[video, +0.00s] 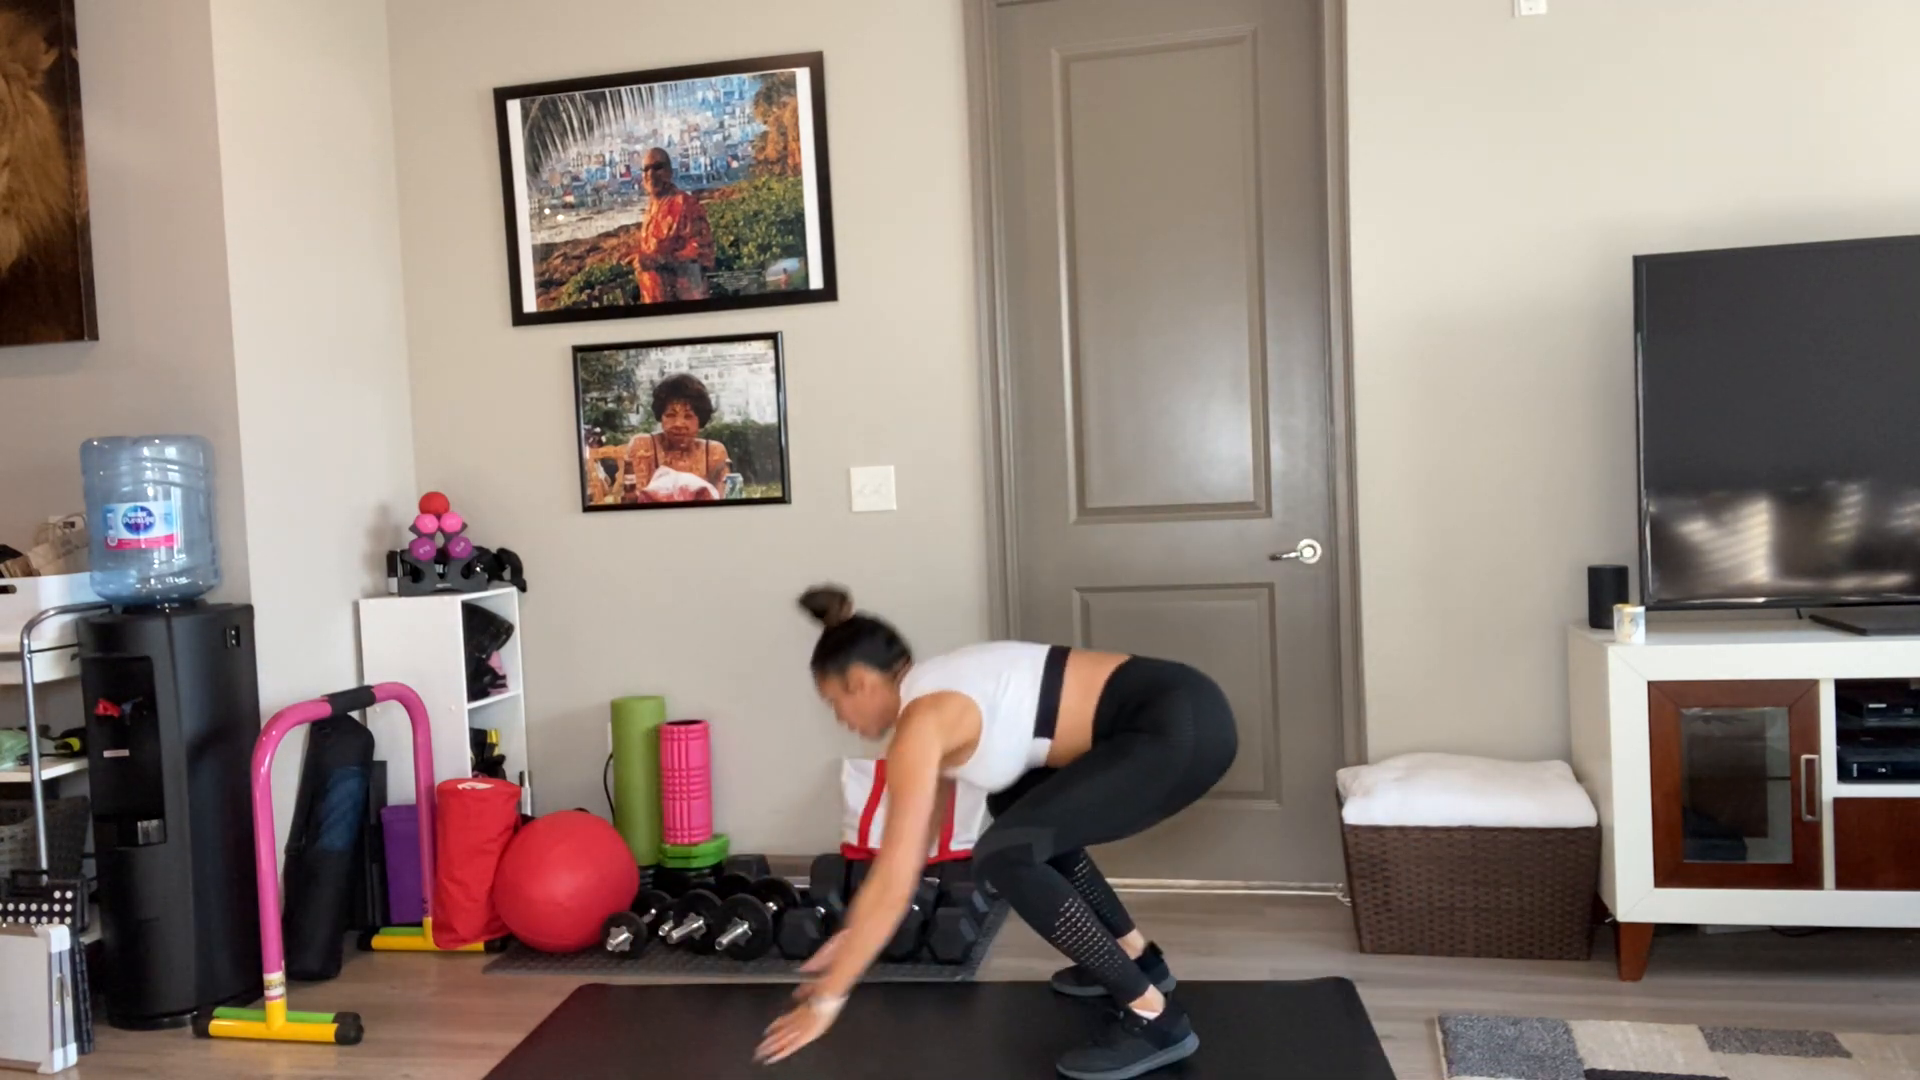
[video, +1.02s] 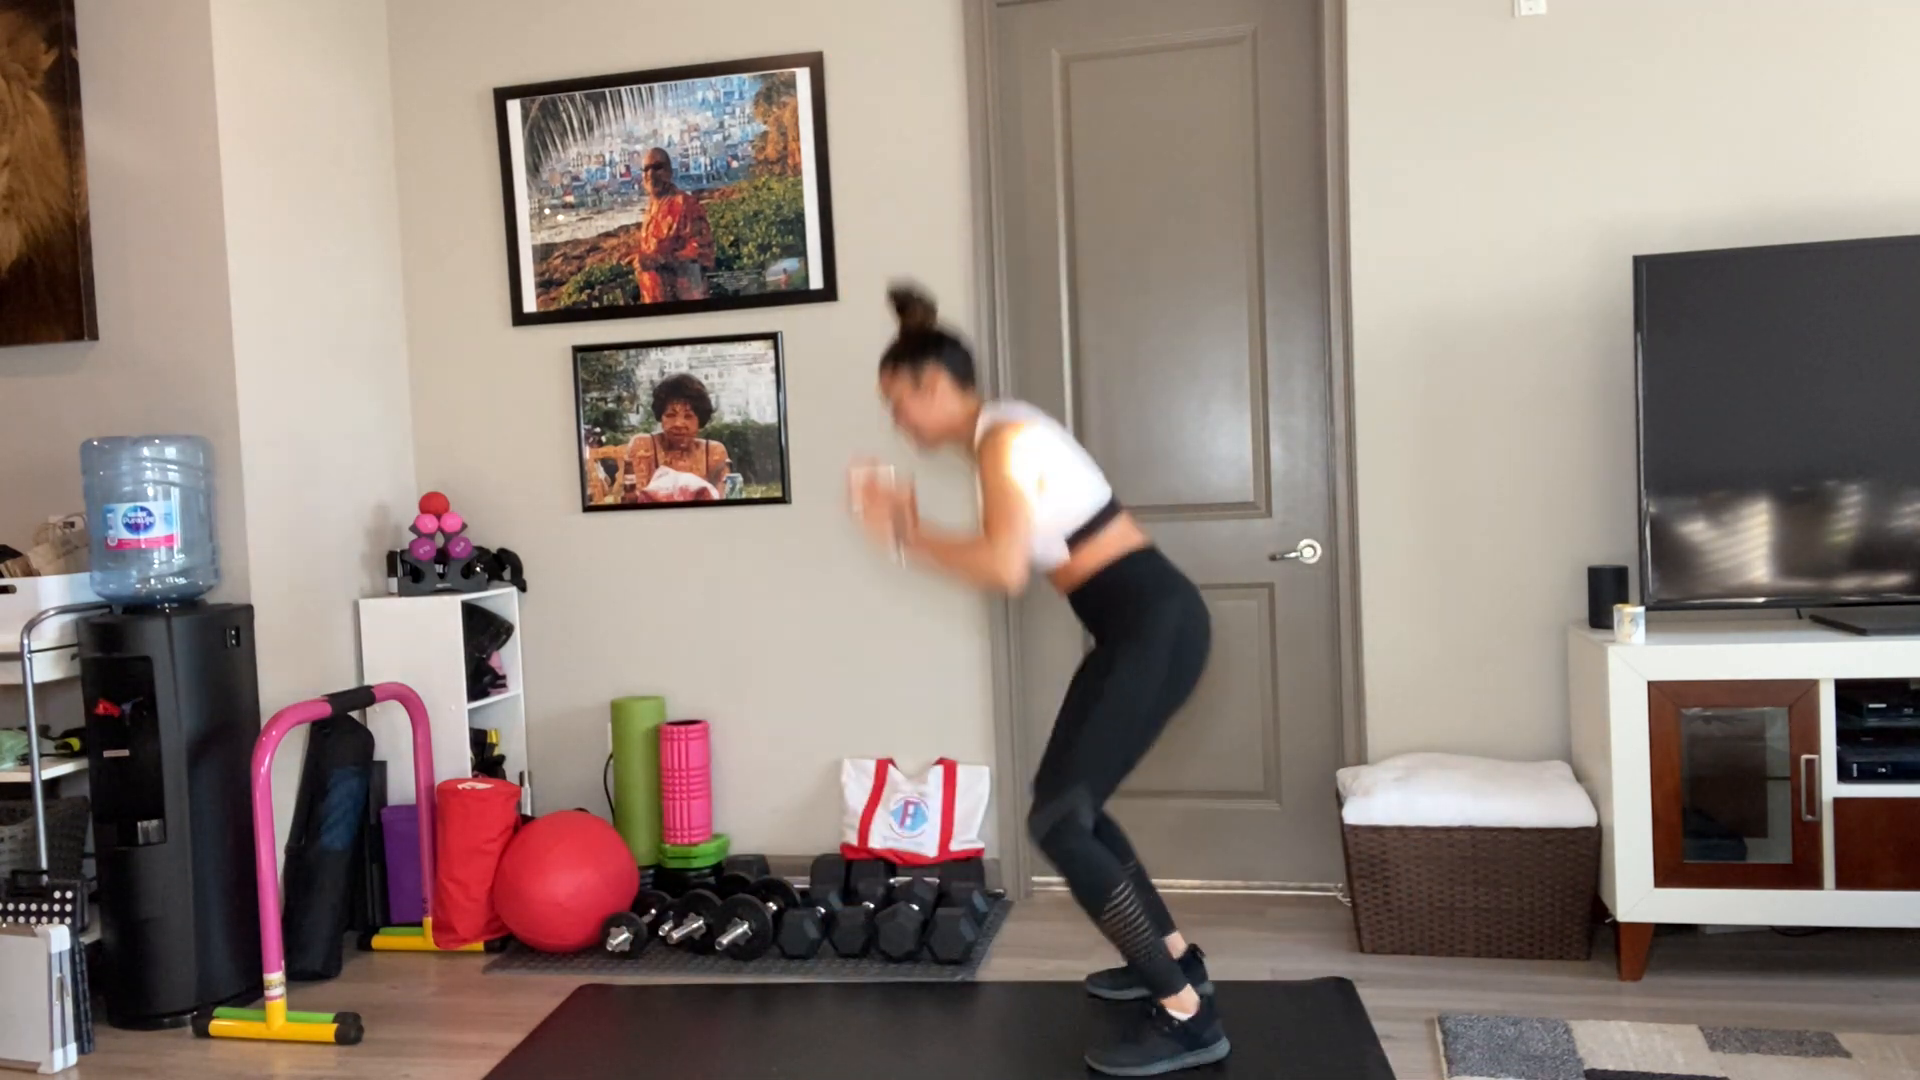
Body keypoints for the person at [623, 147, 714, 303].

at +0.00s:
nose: (650, 174)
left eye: (657, 167)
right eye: (646, 169)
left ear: (670, 172)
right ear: (642, 176)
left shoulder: (686, 204)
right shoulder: (653, 206)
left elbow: (703, 255)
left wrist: (655, 260)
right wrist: (638, 257)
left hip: (683, 297)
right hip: (655, 297)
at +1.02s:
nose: (650, 174)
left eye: (657, 167)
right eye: (646, 169)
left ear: (670, 172)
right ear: (642, 175)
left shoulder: (685, 204)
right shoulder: (653, 206)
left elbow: (703, 254)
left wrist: (656, 260)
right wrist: (638, 257)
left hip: (682, 297)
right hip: (654, 297)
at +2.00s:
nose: (650, 175)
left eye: (657, 168)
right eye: (646, 169)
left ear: (669, 171)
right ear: (642, 176)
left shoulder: (686, 204)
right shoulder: (654, 206)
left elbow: (702, 255)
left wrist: (657, 261)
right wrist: (638, 257)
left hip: (683, 297)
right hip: (656, 297)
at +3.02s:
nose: (650, 174)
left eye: (657, 167)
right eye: (646, 169)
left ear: (669, 171)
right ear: (642, 176)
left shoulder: (686, 204)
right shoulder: (654, 206)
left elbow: (702, 254)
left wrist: (657, 260)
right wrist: (638, 257)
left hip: (683, 297)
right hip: (655, 297)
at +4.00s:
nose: (650, 174)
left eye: (657, 167)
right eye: (645, 169)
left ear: (669, 172)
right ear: (642, 176)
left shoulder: (686, 204)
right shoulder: (654, 206)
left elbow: (703, 255)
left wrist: (658, 260)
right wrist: (638, 257)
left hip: (682, 297)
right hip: (655, 297)